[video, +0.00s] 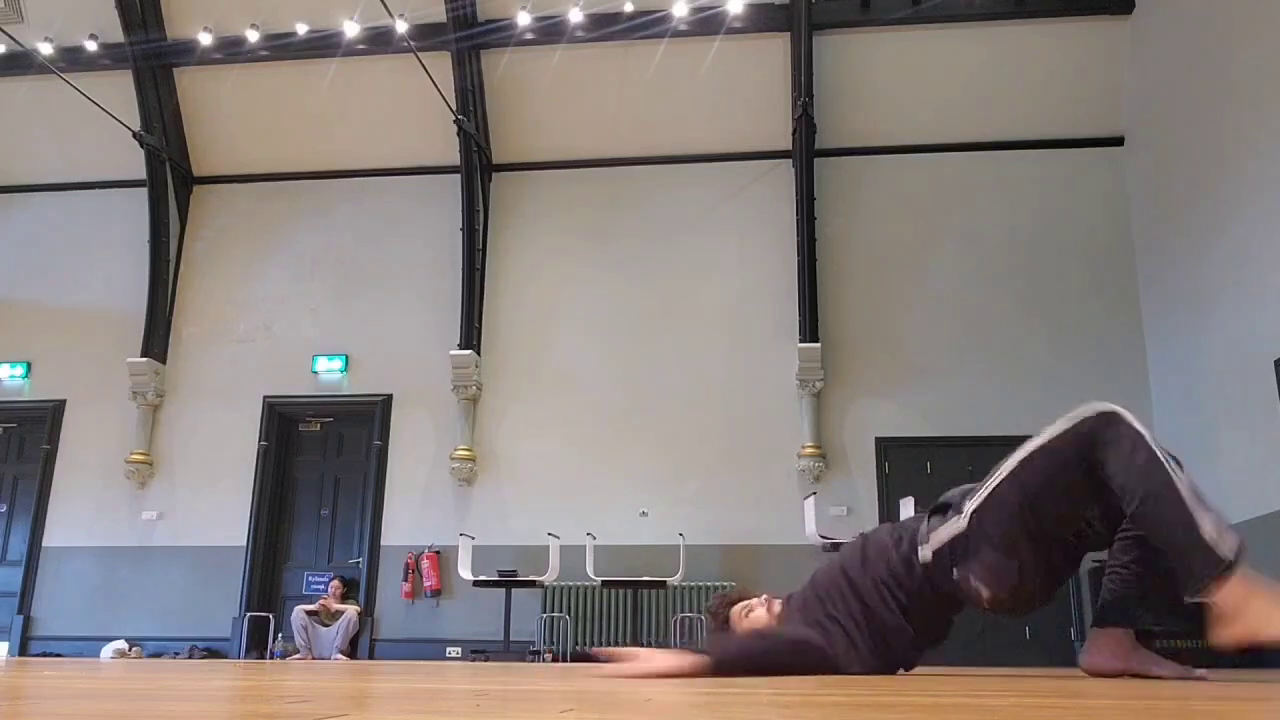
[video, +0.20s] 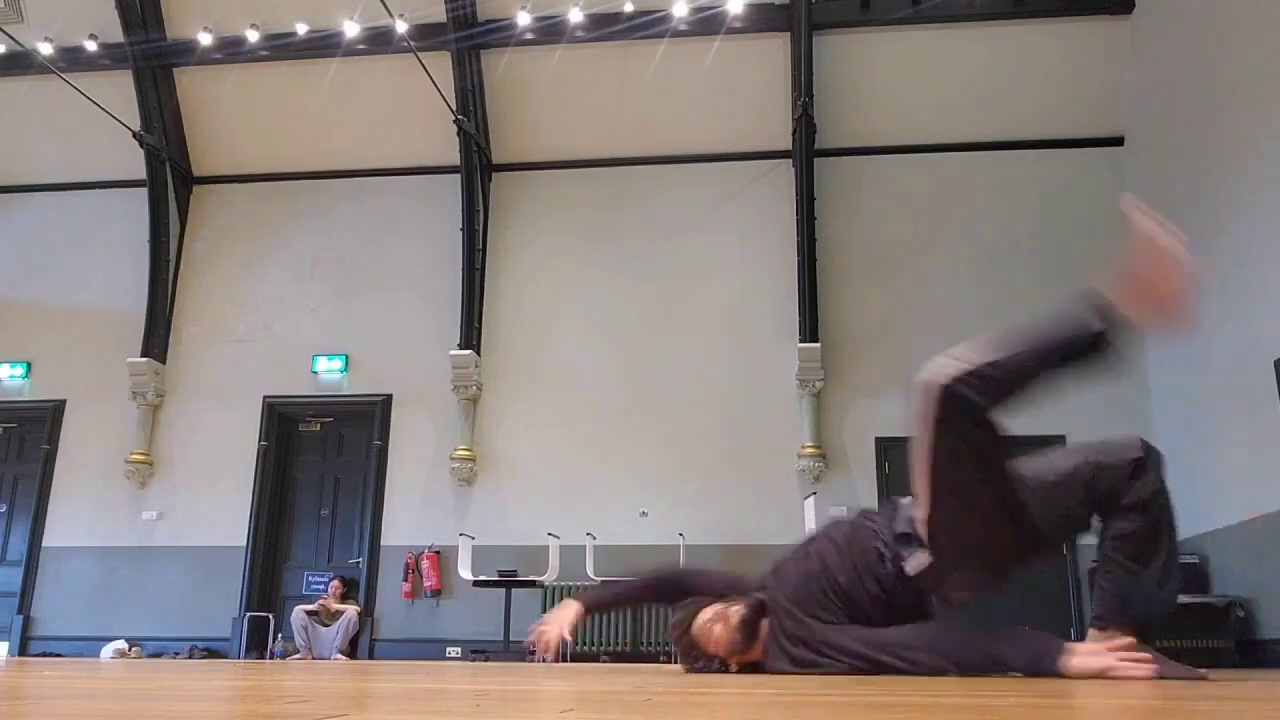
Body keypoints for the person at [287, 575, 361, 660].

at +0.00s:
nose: (333, 591)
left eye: (337, 588)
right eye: (331, 588)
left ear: (343, 590)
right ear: (328, 589)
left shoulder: (349, 602)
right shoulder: (323, 602)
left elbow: (357, 610)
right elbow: (297, 608)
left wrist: (334, 606)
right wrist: (315, 607)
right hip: (316, 636)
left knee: (352, 614)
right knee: (297, 612)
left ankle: (336, 653)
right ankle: (304, 653)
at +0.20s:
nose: (333, 591)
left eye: (337, 588)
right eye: (331, 588)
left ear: (343, 590)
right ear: (328, 589)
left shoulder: (349, 602)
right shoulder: (323, 601)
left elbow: (357, 610)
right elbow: (297, 608)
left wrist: (333, 606)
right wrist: (314, 607)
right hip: (316, 636)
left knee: (352, 614)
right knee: (297, 612)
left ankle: (336, 653)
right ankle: (304, 653)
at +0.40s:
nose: (333, 591)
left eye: (337, 588)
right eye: (331, 588)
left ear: (343, 590)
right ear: (328, 589)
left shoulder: (348, 602)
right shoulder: (323, 602)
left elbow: (357, 610)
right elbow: (297, 608)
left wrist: (333, 606)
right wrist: (314, 607)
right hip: (315, 637)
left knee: (352, 614)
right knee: (297, 612)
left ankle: (336, 653)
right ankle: (304, 653)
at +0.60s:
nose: (333, 591)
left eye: (337, 588)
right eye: (331, 588)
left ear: (343, 590)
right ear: (328, 589)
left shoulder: (349, 602)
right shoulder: (323, 601)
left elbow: (357, 610)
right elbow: (297, 608)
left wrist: (334, 606)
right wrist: (315, 607)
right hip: (316, 636)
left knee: (352, 614)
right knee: (297, 612)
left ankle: (336, 653)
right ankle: (304, 653)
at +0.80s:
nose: (333, 591)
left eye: (337, 589)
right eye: (331, 588)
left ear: (343, 590)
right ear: (328, 589)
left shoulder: (348, 603)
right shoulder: (323, 602)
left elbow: (357, 610)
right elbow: (297, 608)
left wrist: (334, 606)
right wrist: (315, 607)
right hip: (315, 636)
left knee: (352, 614)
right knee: (297, 612)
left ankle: (336, 653)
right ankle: (304, 653)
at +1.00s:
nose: (333, 591)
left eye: (337, 589)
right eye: (331, 588)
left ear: (343, 590)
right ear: (328, 589)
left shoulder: (348, 603)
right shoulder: (323, 602)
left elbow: (357, 610)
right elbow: (297, 609)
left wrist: (334, 606)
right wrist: (315, 607)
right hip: (315, 636)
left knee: (352, 614)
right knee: (297, 612)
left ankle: (336, 653)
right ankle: (304, 653)